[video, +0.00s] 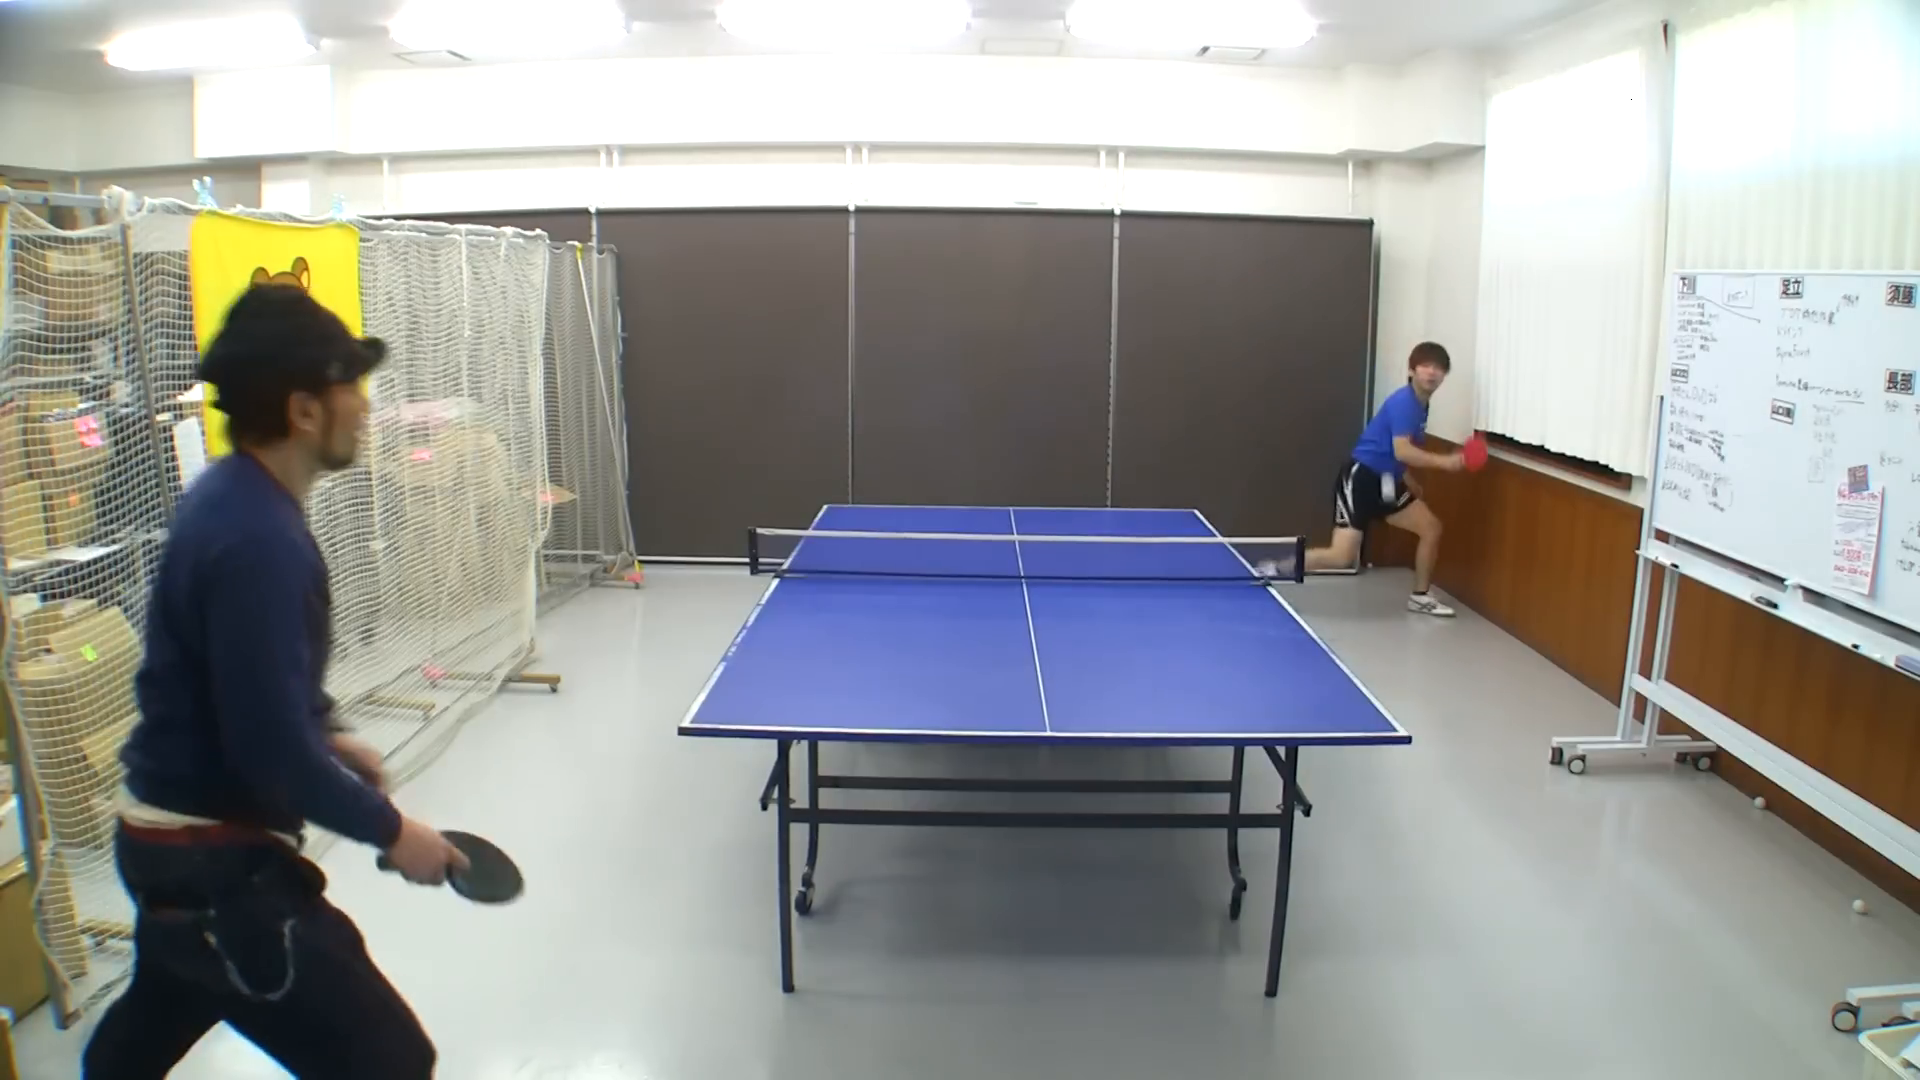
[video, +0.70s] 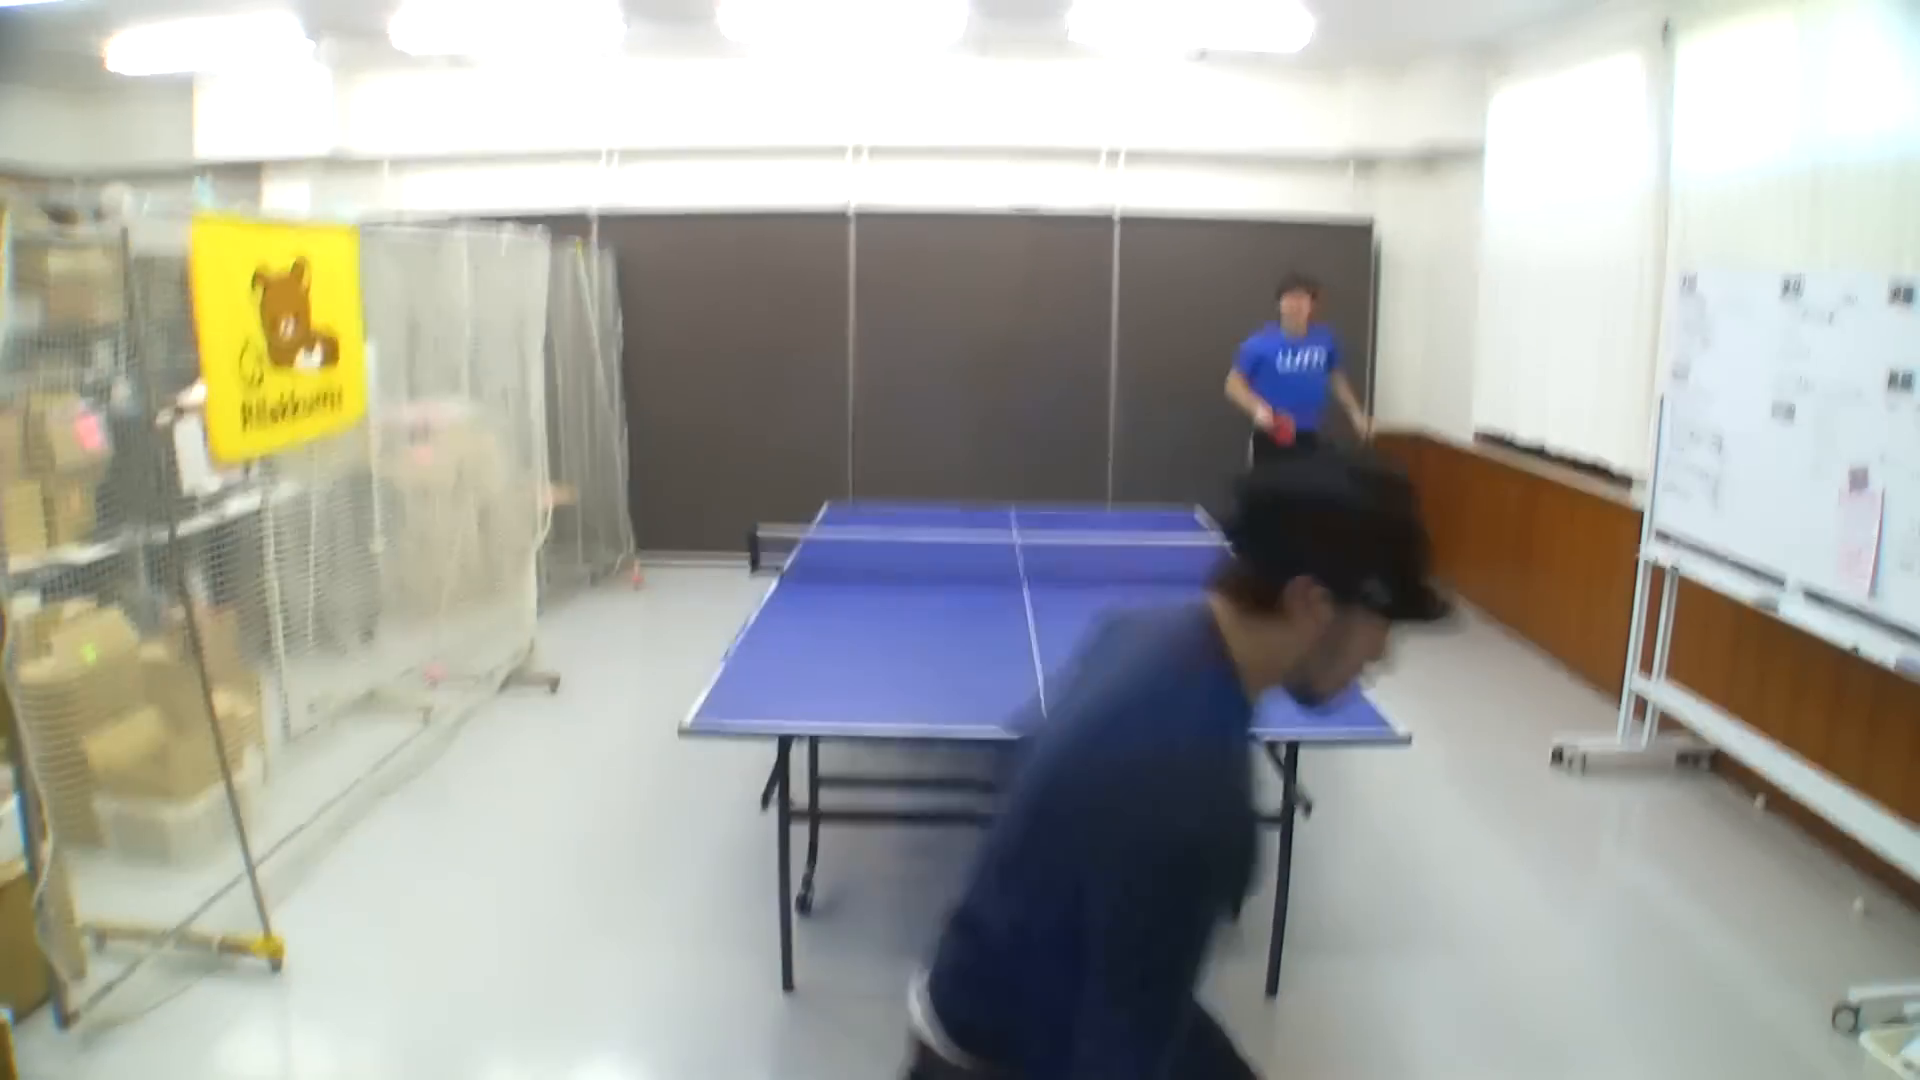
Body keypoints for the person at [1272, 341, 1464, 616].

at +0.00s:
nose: (1433, 374)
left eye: (1440, 370)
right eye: (1427, 367)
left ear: (1444, 375)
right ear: (1413, 370)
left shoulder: (1422, 404)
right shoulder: (1403, 401)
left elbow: (1401, 448)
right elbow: (1401, 451)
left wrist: (1407, 478)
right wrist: (1446, 461)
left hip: (1387, 480)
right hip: (1360, 476)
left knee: (1430, 528)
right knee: (1342, 557)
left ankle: (1421, 595)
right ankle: (1274, 565)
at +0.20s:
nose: (1431, 377)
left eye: (1438, 372)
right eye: (1425, 369)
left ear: (1443, 378)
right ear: (1410, 372)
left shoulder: (1418, 405)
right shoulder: (1399, 407)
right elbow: (1379, 455)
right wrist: (1409, 491)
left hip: (1384, 485)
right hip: (1361, 482)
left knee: (1431, 528)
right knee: (1362, 562)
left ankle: (1422, 597)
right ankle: (1296, 579)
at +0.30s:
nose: (1407, 368)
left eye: (1413, 362)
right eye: (1400, 361)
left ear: (1419, 367)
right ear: (1385, 365)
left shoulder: (1403, 398)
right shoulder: (1375, 402)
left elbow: (1385, 446)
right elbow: (1360, 451)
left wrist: (1400, 481)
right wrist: (1394, 481)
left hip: (1376, 484)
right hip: (1348, 482)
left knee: (1420, 528)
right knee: (1353, 563)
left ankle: (1420, 597)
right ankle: (1291, 588)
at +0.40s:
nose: (1373, 353)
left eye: (1379, 347)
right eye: (1366, 347)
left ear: (1386, 353)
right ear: (1353, 352)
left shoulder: (1378, 386)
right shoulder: (1342, 390)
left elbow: (1366, 432)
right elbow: (1332, 440)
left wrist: (1379, 460)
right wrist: (1371, 459)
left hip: (1360, 475)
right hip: (1329, 476)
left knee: (1393, 537)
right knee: (1332, 557)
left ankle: (1415, 596)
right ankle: (1282, 594)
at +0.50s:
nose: (1341, 335)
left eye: (1347, 329)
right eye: (1334, 328)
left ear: (1356, 336)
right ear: (1322, 335)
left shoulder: (1358, 370)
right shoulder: (1308, 374)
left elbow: (1357, 414)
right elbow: (1295, 421)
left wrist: (1364, 445)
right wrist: (1338, 430)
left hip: (1342, 463)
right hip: (1307, 464)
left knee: (1365, 533)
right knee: (1312, 544)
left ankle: (1382, 593)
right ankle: (1278, 600)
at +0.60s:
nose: (1318, 315)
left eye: (1324, 309)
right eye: (1311, 308)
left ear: (1333, 314)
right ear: (1299, 314)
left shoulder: (1339, 350)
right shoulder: (1281, 355)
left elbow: (1343, 387)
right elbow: (1259, 397)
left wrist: (1364, 420)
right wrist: (1294, 413)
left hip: (1326, 445)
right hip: (1289, 445)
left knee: (1334, 519)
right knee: (1290, 525)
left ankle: (1325, 586)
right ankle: (1278, 590)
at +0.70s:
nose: (1294, 308)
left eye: (1301, 300)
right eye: (1289, 300)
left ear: (1312, 305)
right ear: (1280, 305)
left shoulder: (1324, 341)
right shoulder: (1260, 343)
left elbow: (1337, 379)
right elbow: (1233, 383)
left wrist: (1357, 415)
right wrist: (1258, 409)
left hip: (1309, 436)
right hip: (1270, 436)